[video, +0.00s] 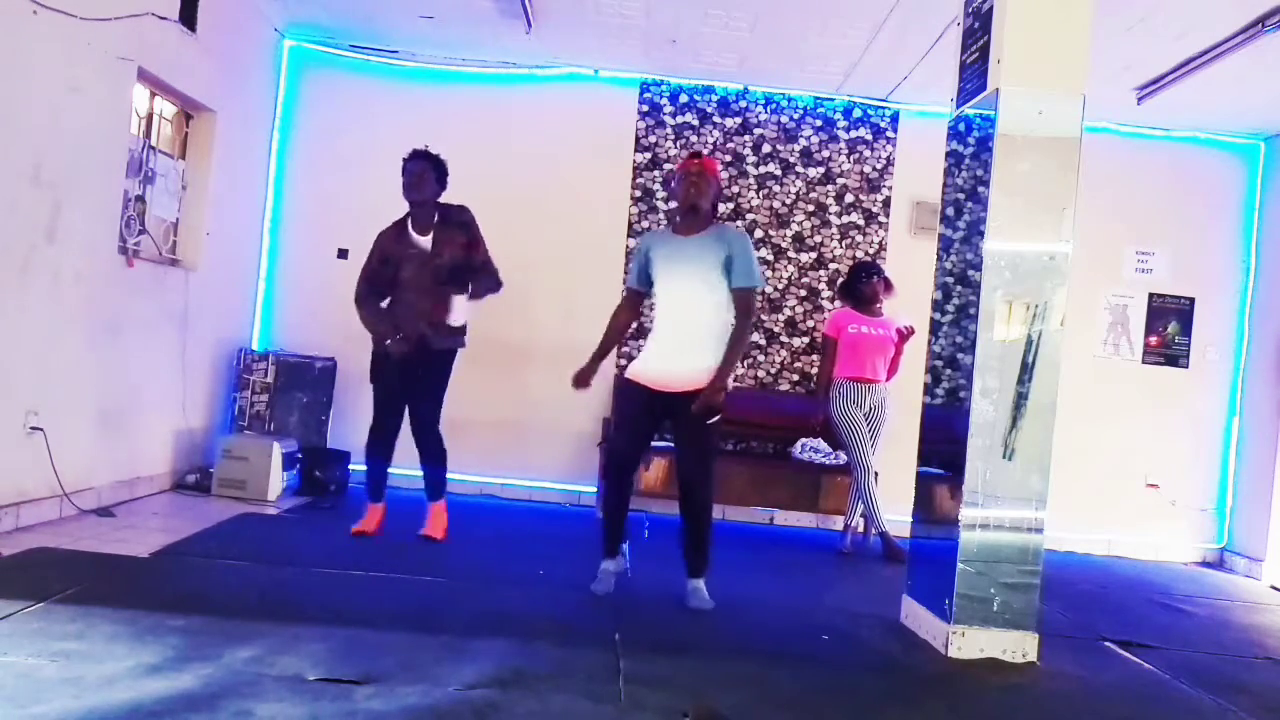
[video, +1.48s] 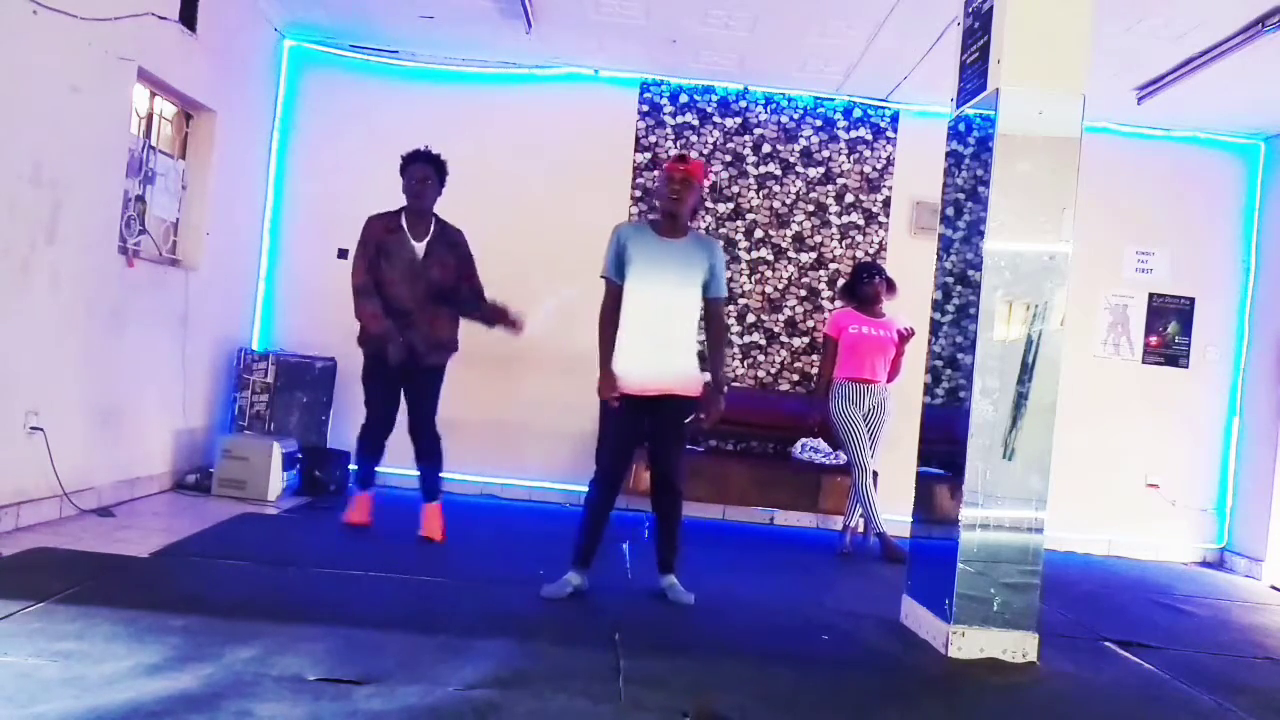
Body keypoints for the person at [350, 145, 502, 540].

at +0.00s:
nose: (414, 182)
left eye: (422, 175)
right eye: (408, 175)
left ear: (440, 184)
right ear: (401, 183)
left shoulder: (458, 224)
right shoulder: (390, 238)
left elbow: (491, 280)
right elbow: (364, 295)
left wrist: (464, 283)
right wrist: (386, 335)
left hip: (438, 346)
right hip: (393, 344)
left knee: (425, 427)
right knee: (383, 426)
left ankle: (437, 509)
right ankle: (375, 507)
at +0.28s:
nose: (425, 192)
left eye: (434, 187)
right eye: (421, 185)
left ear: (450, 195)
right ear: (413, 189)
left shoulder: (456, 236)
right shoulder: (389, 237)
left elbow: (474, 289)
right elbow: (379, 301)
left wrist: (491, 277)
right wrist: (395, 352)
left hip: (443, 349)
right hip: (400, 348)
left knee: (447, 415)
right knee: (406, 421)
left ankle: (416, 484)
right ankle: (410, 493)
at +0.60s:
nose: (406, 196)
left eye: (415, 190)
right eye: (402, 189)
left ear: (433, 193)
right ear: (396, 191)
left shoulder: (449, 244)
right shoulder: (385, 216)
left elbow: (446, 305)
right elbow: (366, 272)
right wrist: (376, 327)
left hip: (420, 346)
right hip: (377, 338)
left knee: (409, 421)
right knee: (366, 419)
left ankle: (400, 497)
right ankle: (342, 497)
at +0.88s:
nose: (394, 188)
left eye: (403, 181)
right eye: (389, 181)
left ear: (421, 185)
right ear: (383, 183)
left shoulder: (442, 228)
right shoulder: (375, 224)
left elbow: (445, 292)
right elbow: (357, 279)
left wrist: (398, 324)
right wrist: (370, 318)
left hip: (418, 348)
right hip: (375, 342)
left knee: (405, 423)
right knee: (357, 419)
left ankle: (409, 492)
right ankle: (335, 494)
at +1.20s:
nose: (403, 193)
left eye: (412, 187)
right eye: (398, 186)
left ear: (428, 191)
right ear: (391, 190)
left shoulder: (449, 232)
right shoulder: (373, 241)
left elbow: (466, 278)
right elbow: (365, 305)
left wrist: (482, 283)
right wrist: (384, 348)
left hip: (433, 352)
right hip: (390, 352)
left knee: (427, 426)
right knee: (398, 423)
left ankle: (397, 491)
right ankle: (403, 499)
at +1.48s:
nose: (417, 188)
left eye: (426, 181)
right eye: (412, 180)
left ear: (440, 189)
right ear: (402, 184)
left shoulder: (452, 239)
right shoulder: (378, 228)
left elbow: (467, 298)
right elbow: (362, 289)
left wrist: (496, 315)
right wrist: (386, 336)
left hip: (430, 353)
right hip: (383, 347)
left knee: (423, 428)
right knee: (379, 422)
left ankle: (432, 505)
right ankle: (362, 493)